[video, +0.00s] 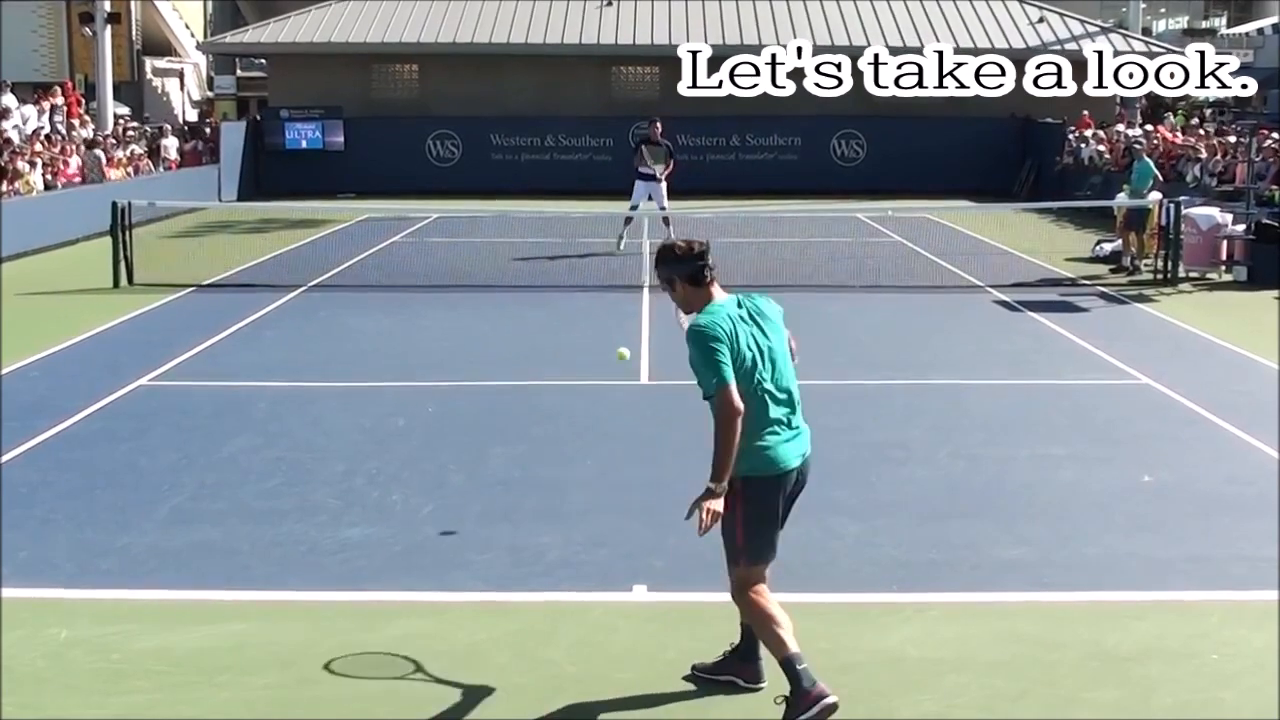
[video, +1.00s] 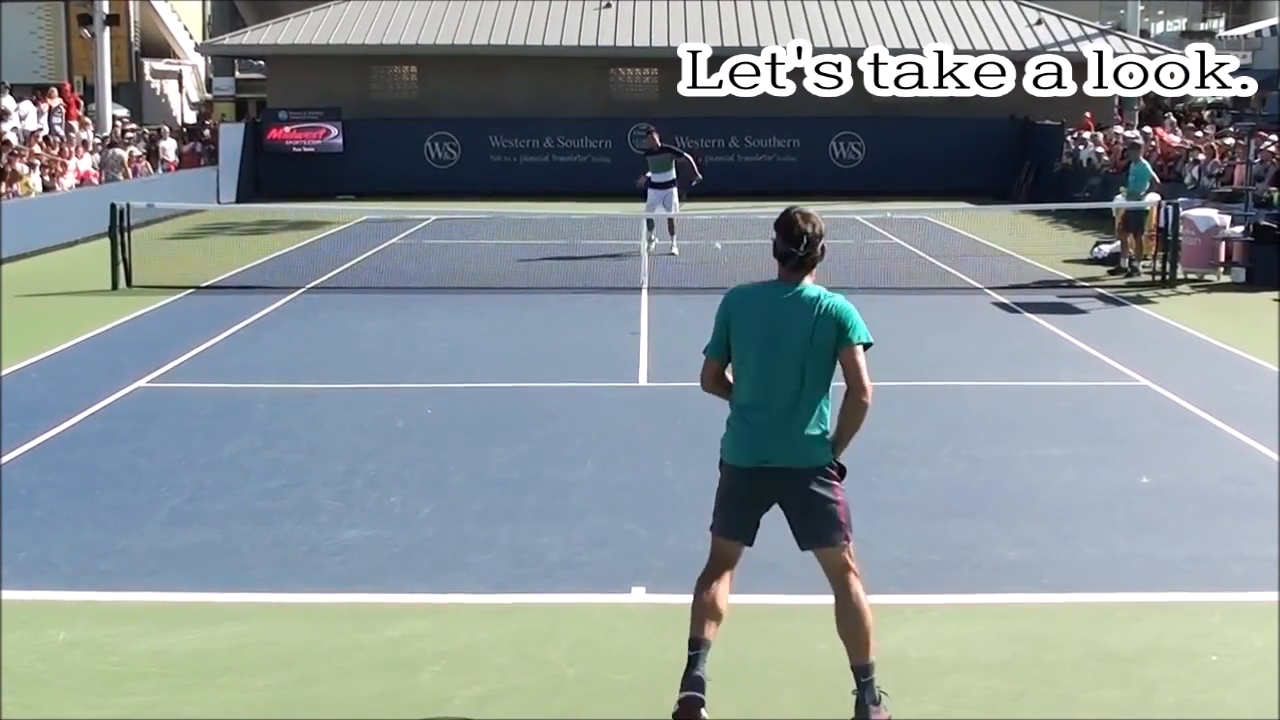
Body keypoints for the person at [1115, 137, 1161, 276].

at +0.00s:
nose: (1134, 152)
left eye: (1137, 149)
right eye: (1133, 149)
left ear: (1143, 149)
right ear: (1132, 150)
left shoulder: (1148, 163)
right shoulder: (1135, 164)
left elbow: (1159, 179)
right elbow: (1136, 181)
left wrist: (1147, 192)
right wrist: (1129, 188)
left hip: (1143, 204)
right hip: (1132, 203)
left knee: (1139, 234)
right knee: (1124, 231)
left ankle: (1138, 264)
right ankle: (1125, 262)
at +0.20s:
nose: (1135, 151)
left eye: (1137, 148)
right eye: (1133, 148)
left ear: (1144, 148)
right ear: (1133, 149)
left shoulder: (1149, 162)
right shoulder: (1136, 163)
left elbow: (1160, 178)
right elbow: (1137, 179)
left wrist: (1149, 191)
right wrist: (1131, 187)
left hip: (1144, 202)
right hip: (1133, 201)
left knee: (1140, 232)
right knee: (1126, 230)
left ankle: (1140, 263)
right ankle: (1126, 261)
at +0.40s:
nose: (1134, 152)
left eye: (1136, 149)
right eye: (1133, 149)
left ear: (1143, 148)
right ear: (1133, 150)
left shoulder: (1148, 162)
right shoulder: (1136, 163)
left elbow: (1160, 179)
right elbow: (1136, 180)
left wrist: (1149, 191)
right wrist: (1130, 188)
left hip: (1143, 202)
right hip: (1133, 201)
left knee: (1140, 233)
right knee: (1125, 230)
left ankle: (1139, 263)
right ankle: (1126, 261)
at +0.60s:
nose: (1131, 153)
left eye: (1134, 150)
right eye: (1131, 151)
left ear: (1141, 151)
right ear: (1132, 152)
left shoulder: (1147, 164)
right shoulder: (1135, 165)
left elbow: (1159, 180)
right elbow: (1136, 181)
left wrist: (1148, 192)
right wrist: (1129, 190)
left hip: (1142, 204)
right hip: (1132, 203)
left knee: (1140, 234)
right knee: (1124, 231)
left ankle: (1139, 264)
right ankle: (1125, 262)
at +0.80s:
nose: (1129, 154)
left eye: (1132, 151)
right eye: (1129, 151)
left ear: (1139, 151)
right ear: (1131, 152)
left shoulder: (1146, 165)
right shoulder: (1134, 165)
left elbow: (1157, 181)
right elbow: (1135, 182)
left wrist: (1146, 193)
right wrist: (1128, 190)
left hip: (1141, 205)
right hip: (1131, 203)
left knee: (1139, 235)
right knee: (1124, 233)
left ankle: (1138, 265)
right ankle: (1124, 263)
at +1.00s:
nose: (1129, 154)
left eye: (1132, 151)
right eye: (1129, 151)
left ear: (1138, 152)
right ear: (1130, 152)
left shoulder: (1145, 166)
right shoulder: (1132, 165)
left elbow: (1156, 182)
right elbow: (1134, 182)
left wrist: (1144, 193)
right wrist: (1126, 191)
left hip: (1140, 206)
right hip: (1129, 204)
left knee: (1138, 236)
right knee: (1123, 234)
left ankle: (1137, 265)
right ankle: (1123, 263)